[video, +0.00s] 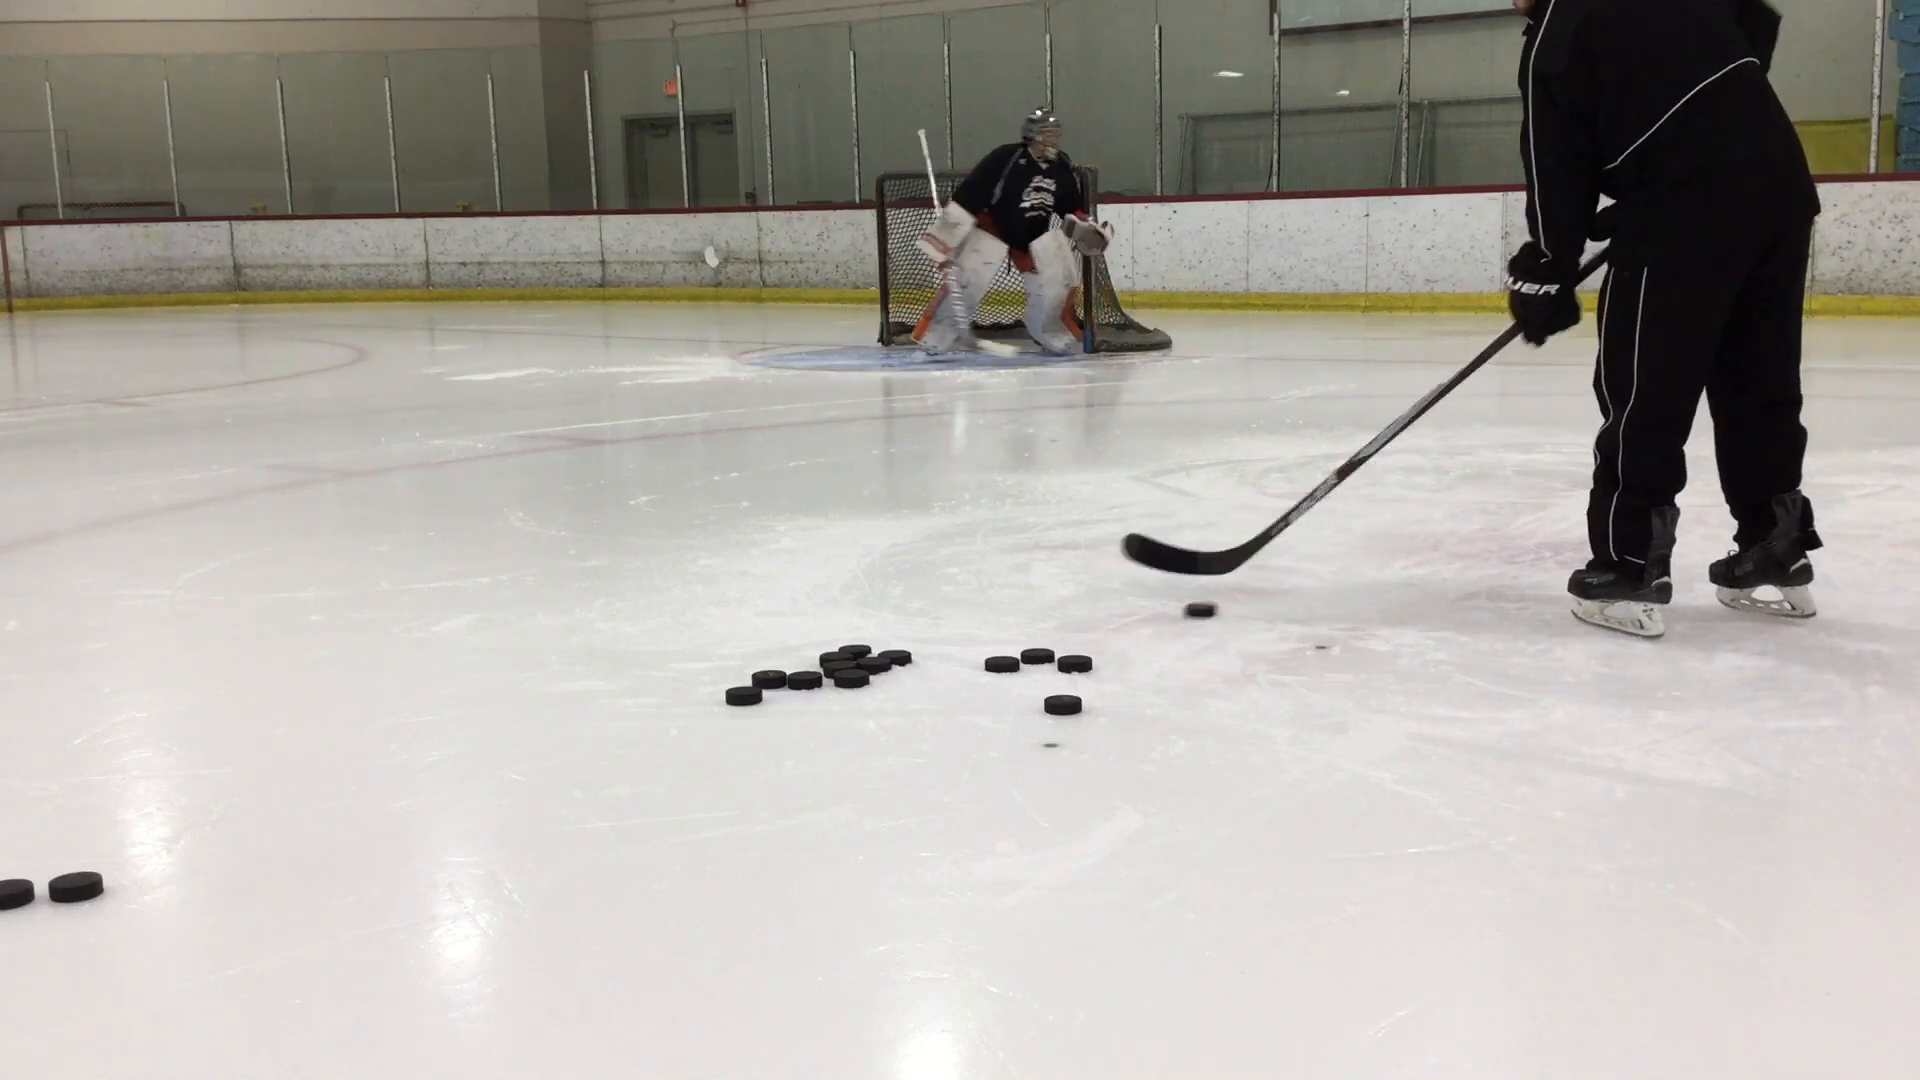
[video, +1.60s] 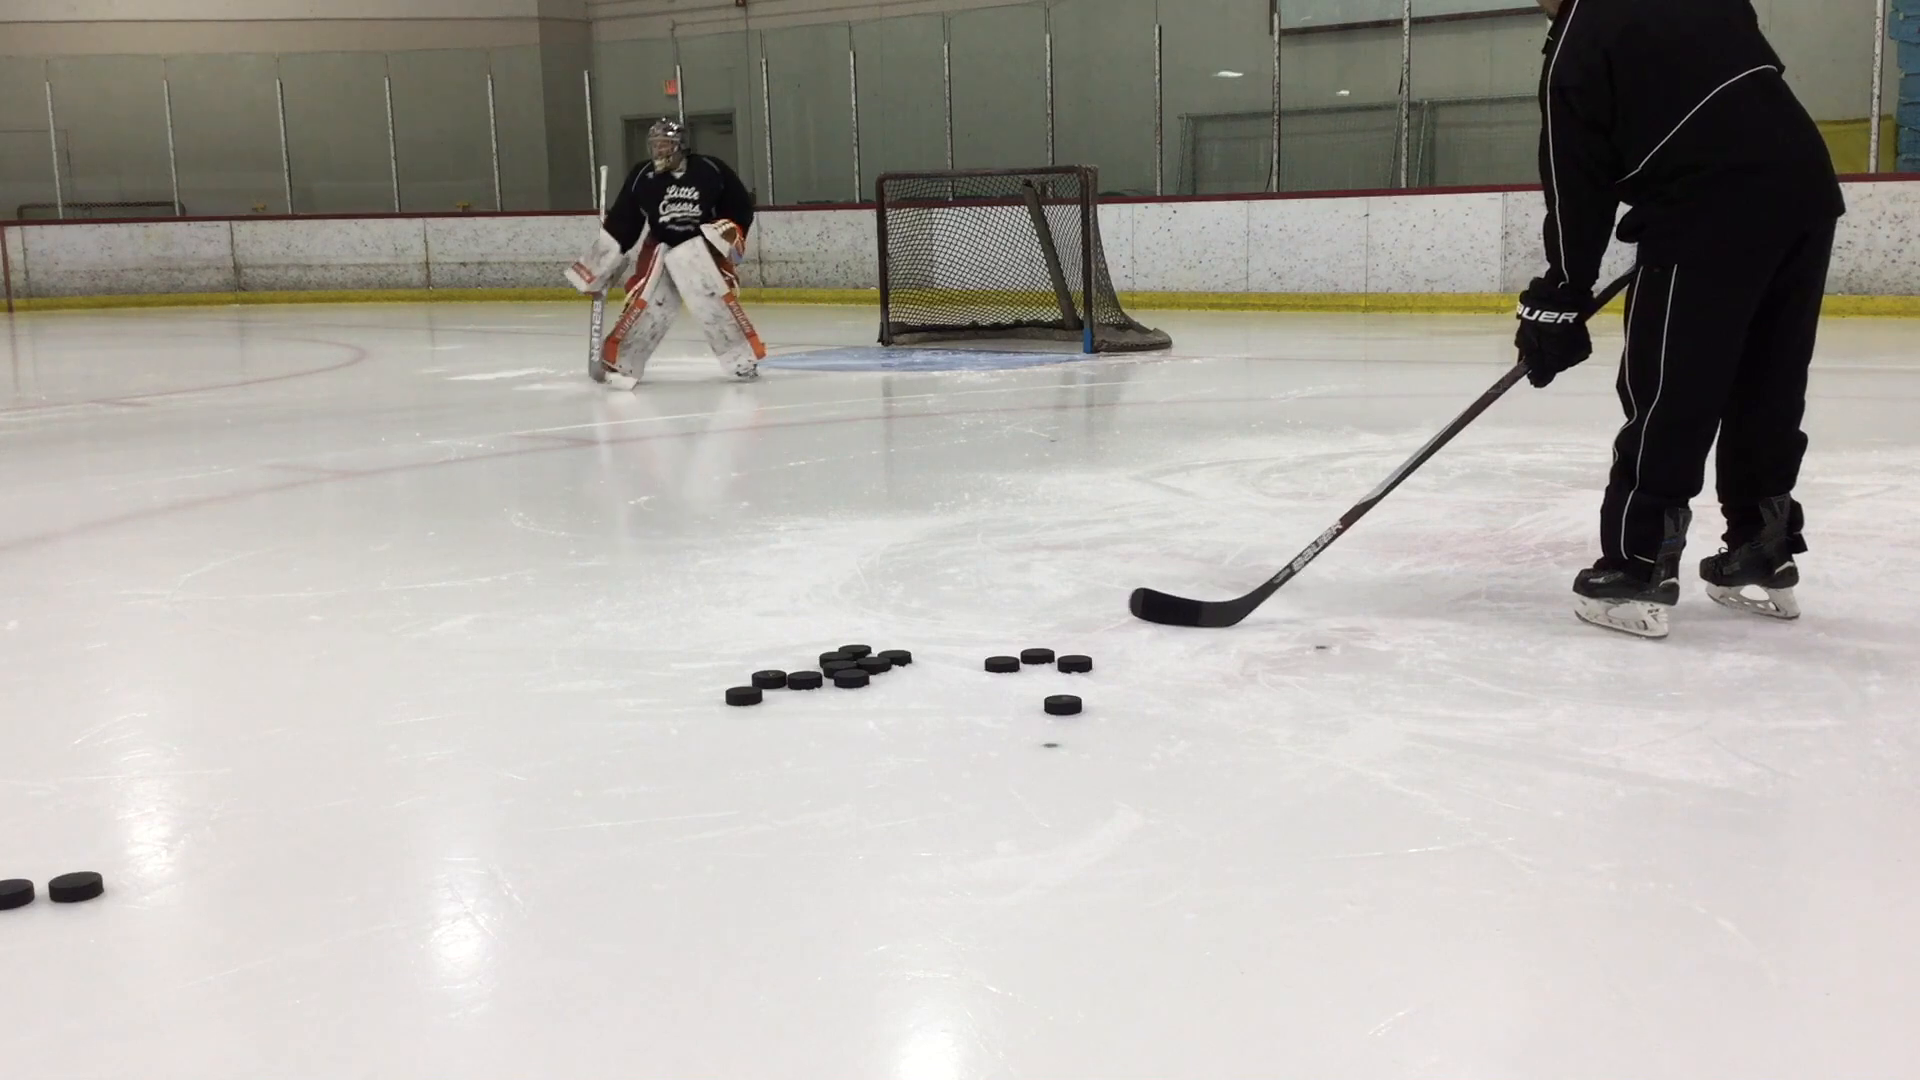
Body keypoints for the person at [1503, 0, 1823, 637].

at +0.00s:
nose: (1514, 10)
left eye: (1517, 8)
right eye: (1516, 9)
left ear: (1529, 2)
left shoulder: (1553, 36)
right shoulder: (1680, 7)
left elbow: (1556, 156)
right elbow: (1761, 19)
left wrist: (1545, 273)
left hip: (1678, 210)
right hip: (1779, 190)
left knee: (1640, 392)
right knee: (1758, 383)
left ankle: (1634, 564)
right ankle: (1776, 548)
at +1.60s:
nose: (1544, 12)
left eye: (1544, 9)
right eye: (1545, 9)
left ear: (1558, 2)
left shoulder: (1575, 42)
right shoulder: (1709, 7)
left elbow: (1575, 182)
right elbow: (1743, 95)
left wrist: (1557, 301)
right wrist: (1662, 203)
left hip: (1705, 214)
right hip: (1806, 194)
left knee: (1664, 389)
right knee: (1769, 383)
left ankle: (1642, 559)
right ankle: (1763, 548)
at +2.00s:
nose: (1528, 13)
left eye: (1529, 5)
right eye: (1527, 7)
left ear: (1550, 1)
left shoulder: (1568, 52)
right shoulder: (1674, 14)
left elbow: (1586, 180)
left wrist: (1582, 290)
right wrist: (1616, 277)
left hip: (1708, 212)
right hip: (1808, 192)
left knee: (1662, 388)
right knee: (1771, 383)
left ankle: (1640, 563)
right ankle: (1763, 552)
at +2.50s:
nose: (1474, 33)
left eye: (1471, 18)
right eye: (1470, 21)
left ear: (1492, 9)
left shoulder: (1524, 74)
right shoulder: (1642, 22)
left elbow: (1518, 217)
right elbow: (1678, 134)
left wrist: (1490, 330)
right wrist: (1612, 262)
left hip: (1660, 233)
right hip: (1763, 206)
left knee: (1613, 394)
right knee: (1746, 391)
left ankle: (1604, 561)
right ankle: (1780, 549)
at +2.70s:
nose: (1421, 66)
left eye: (1416, 47)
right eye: (1414, 54)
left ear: (1443, 21)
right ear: (1470, 17)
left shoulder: (1479, 79)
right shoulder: (1568, 39)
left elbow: (1486, 213)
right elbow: (1603, 157)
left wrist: (1466, 328)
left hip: (1607, 224)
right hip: (1710, 195)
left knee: (1575, 391)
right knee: (1748, 372)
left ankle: (1563, 557)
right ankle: (1848, 530)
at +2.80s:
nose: (1405, 66)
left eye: (1400, 48)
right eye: (1398, 55)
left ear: (1427, 17)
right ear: (1454, 12)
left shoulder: (1457, 79)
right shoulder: (1546, 32)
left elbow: (1479, 212)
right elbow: (1579, 157)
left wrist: (1469, 319)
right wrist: (1531, 274)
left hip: (1591, 234)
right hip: (1687, 204)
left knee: (1555, 387)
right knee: (1763, 347)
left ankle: (1539, 553)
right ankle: (1886, 484)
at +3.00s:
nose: (1401, 77)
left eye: (1400, 62)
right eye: (1399, 64)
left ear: (1418, 48)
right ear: (1465, 27)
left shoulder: (1427, 127)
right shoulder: (1558, 20)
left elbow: (1453, 180)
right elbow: (1658, 54)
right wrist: (1603, 124)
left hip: (1554, 240)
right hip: (1665, 201)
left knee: (1540, 396)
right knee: (1742, 344)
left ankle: (1527, 557)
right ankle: (1865, 476)